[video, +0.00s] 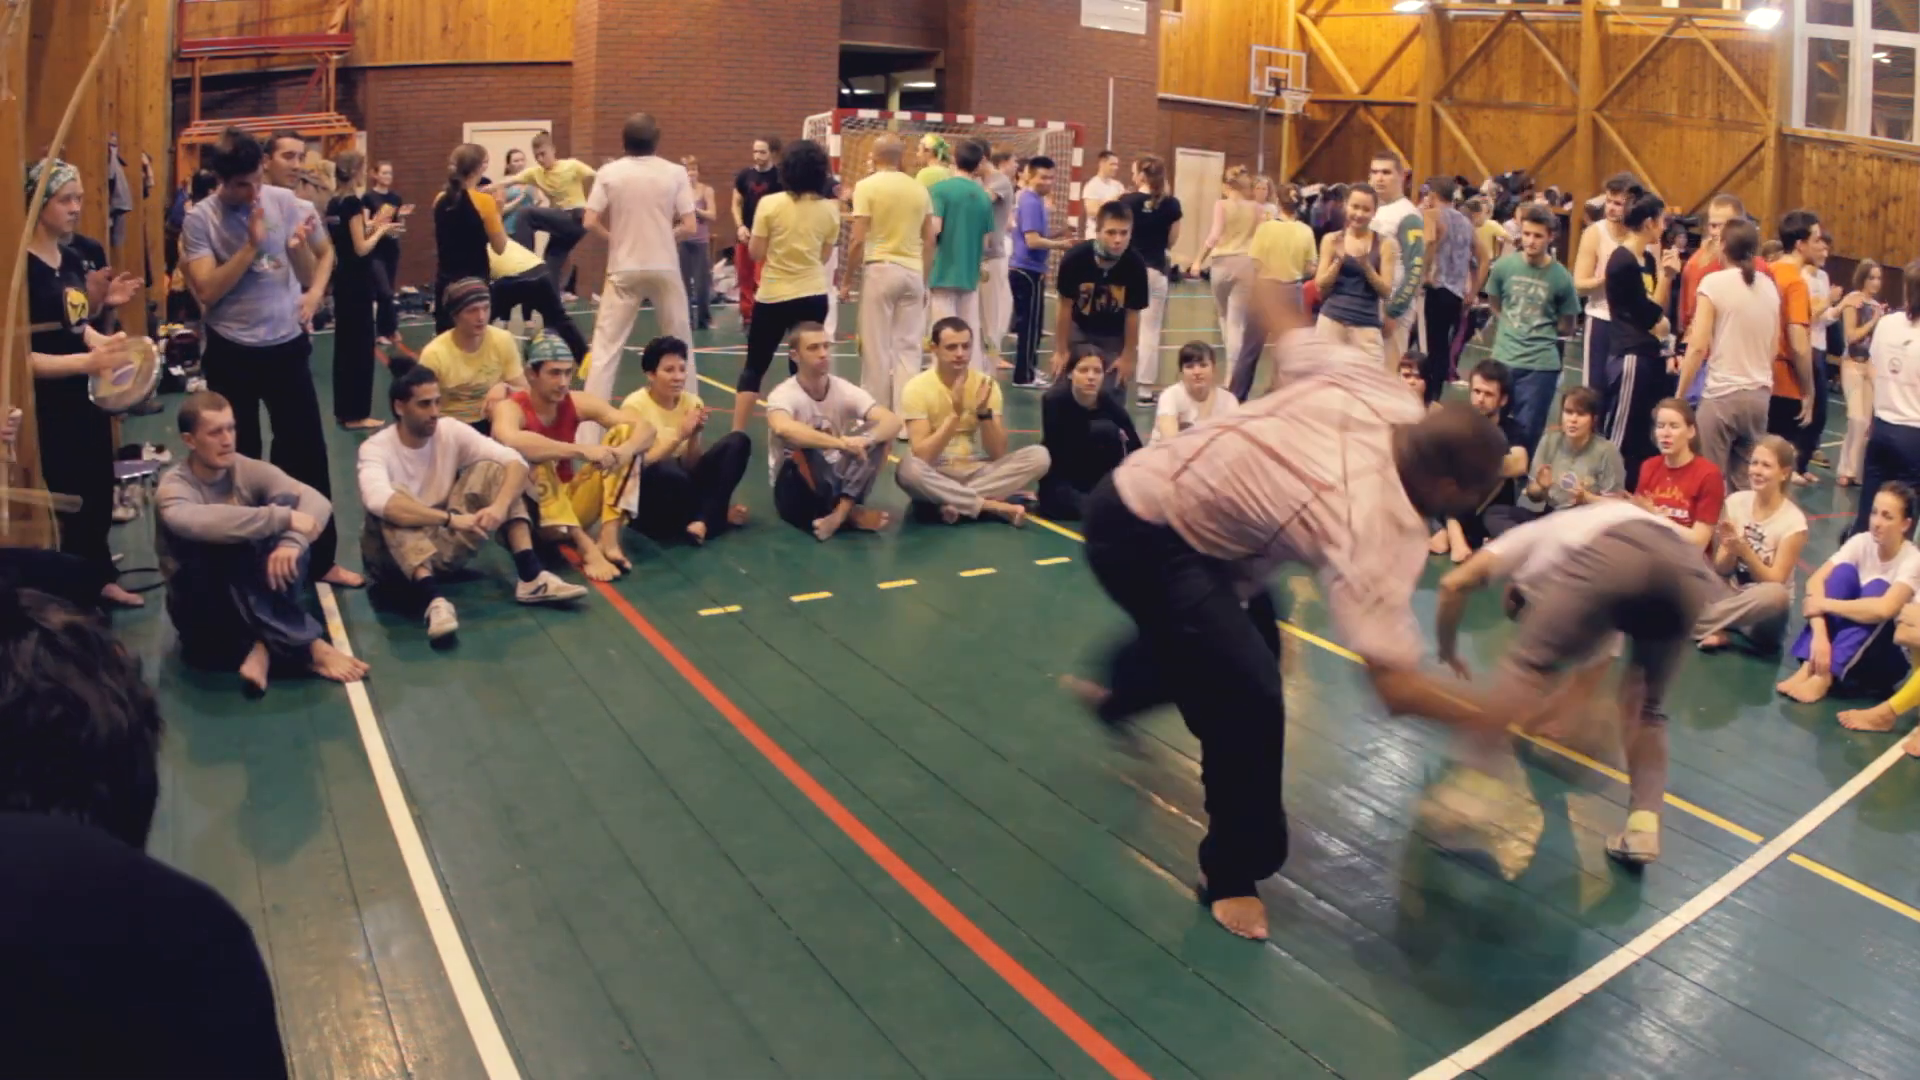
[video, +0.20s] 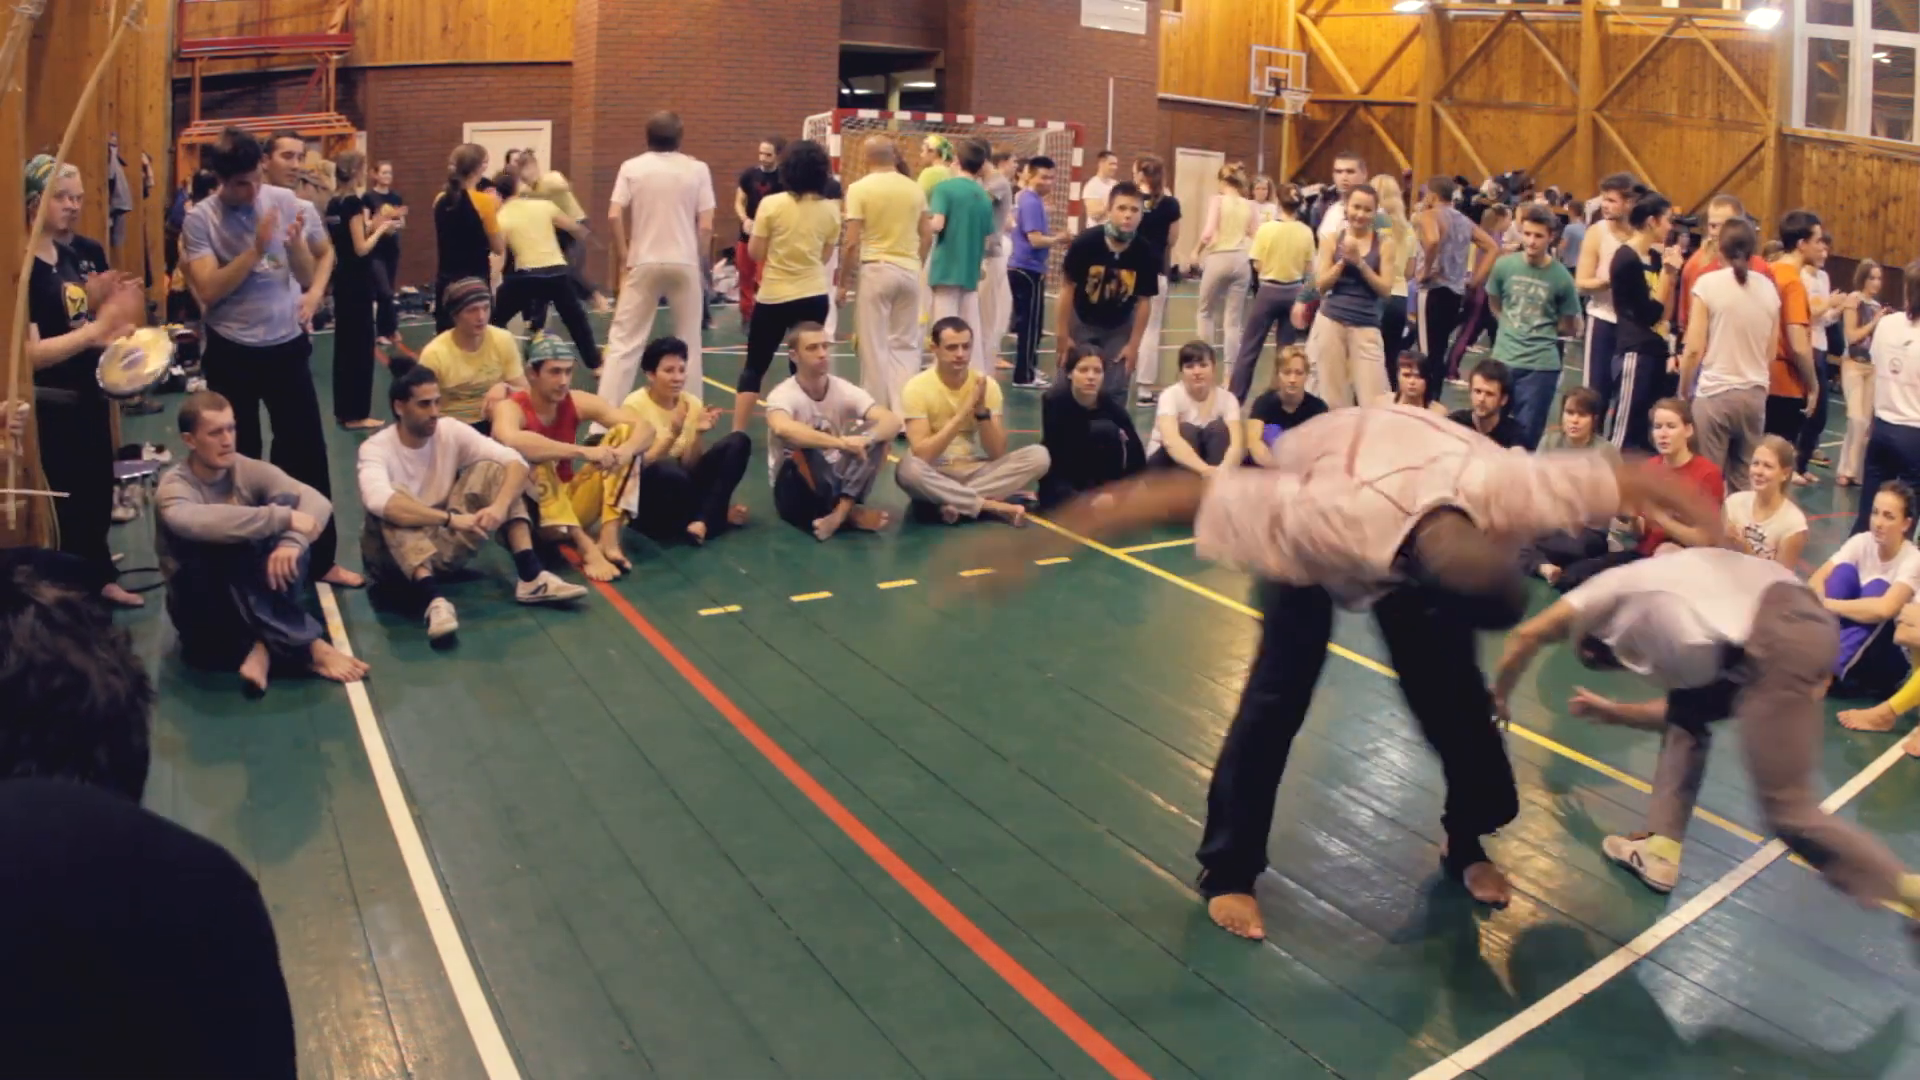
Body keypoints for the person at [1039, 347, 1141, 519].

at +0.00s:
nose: (1091, 377)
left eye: (1097, 371)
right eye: (1084, 371)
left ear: (1104, 376)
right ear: (1071, 374)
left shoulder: (1111, 406)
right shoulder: (1054, 401)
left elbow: (1135, 446)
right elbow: (1052, 449)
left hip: (1100, 481)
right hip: (1063, 480)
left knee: (1106, 430)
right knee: (1054, 506)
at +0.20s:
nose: (1091, 377)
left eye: (1097, 371)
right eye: (1084, 370)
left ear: (1103, 377)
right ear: (1070, 374)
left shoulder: (1113, 410)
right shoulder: (1055, 406)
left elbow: (1137, 458)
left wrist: (1117, 494)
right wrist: (1086, 500)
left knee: (1105, 430)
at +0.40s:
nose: (1091, 377)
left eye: (1097, 371)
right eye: (1083, 370)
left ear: (1104, 376)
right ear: (1071, 374)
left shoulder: (1112, 410)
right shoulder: (1055, 403)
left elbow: (1138, 462)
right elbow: (1051, 453)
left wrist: (1115, 494)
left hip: (1103, 482)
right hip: (1066, 480)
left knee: (1106, 430)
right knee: (1053, 504)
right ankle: (1130, 512)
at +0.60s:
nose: (1090, 377)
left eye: (1096, 371)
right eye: (1083, 370)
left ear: (1104, 376)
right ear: (1070, 375)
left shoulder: (1113, 410)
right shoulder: (1054, 402)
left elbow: (1138, 462)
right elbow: (1052, 454)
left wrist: (1116, 494)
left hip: (1104, 482)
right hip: (1067, 480)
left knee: (1106, 430)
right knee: (1053, 504)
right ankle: (1130, 511)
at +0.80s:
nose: (1090, 377)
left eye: (1097, 372)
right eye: (1083, 371)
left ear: (1103, 376)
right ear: (1070, 375)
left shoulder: (1112, 409)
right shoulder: (1054, 402)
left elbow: (1138, 461)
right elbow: (1050, 449)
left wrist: (1116, 494)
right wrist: (1043, 490)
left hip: (1104, 481)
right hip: (1067, 479)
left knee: (1104, 429)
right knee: (1053, 501)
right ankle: (1130, 512)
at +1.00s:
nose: (1090, 377)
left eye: (1096, 372)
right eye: (1083, 371)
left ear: (1103, 377)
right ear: (1070, 375)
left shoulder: (1111, 409)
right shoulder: (1054, 402)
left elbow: (1138, 461)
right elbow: (1050, 449)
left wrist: (1116, 494)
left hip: (1104, 481)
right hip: (1066, 480)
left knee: (1104, 429)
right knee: (1053, 501)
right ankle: (1130, 511)